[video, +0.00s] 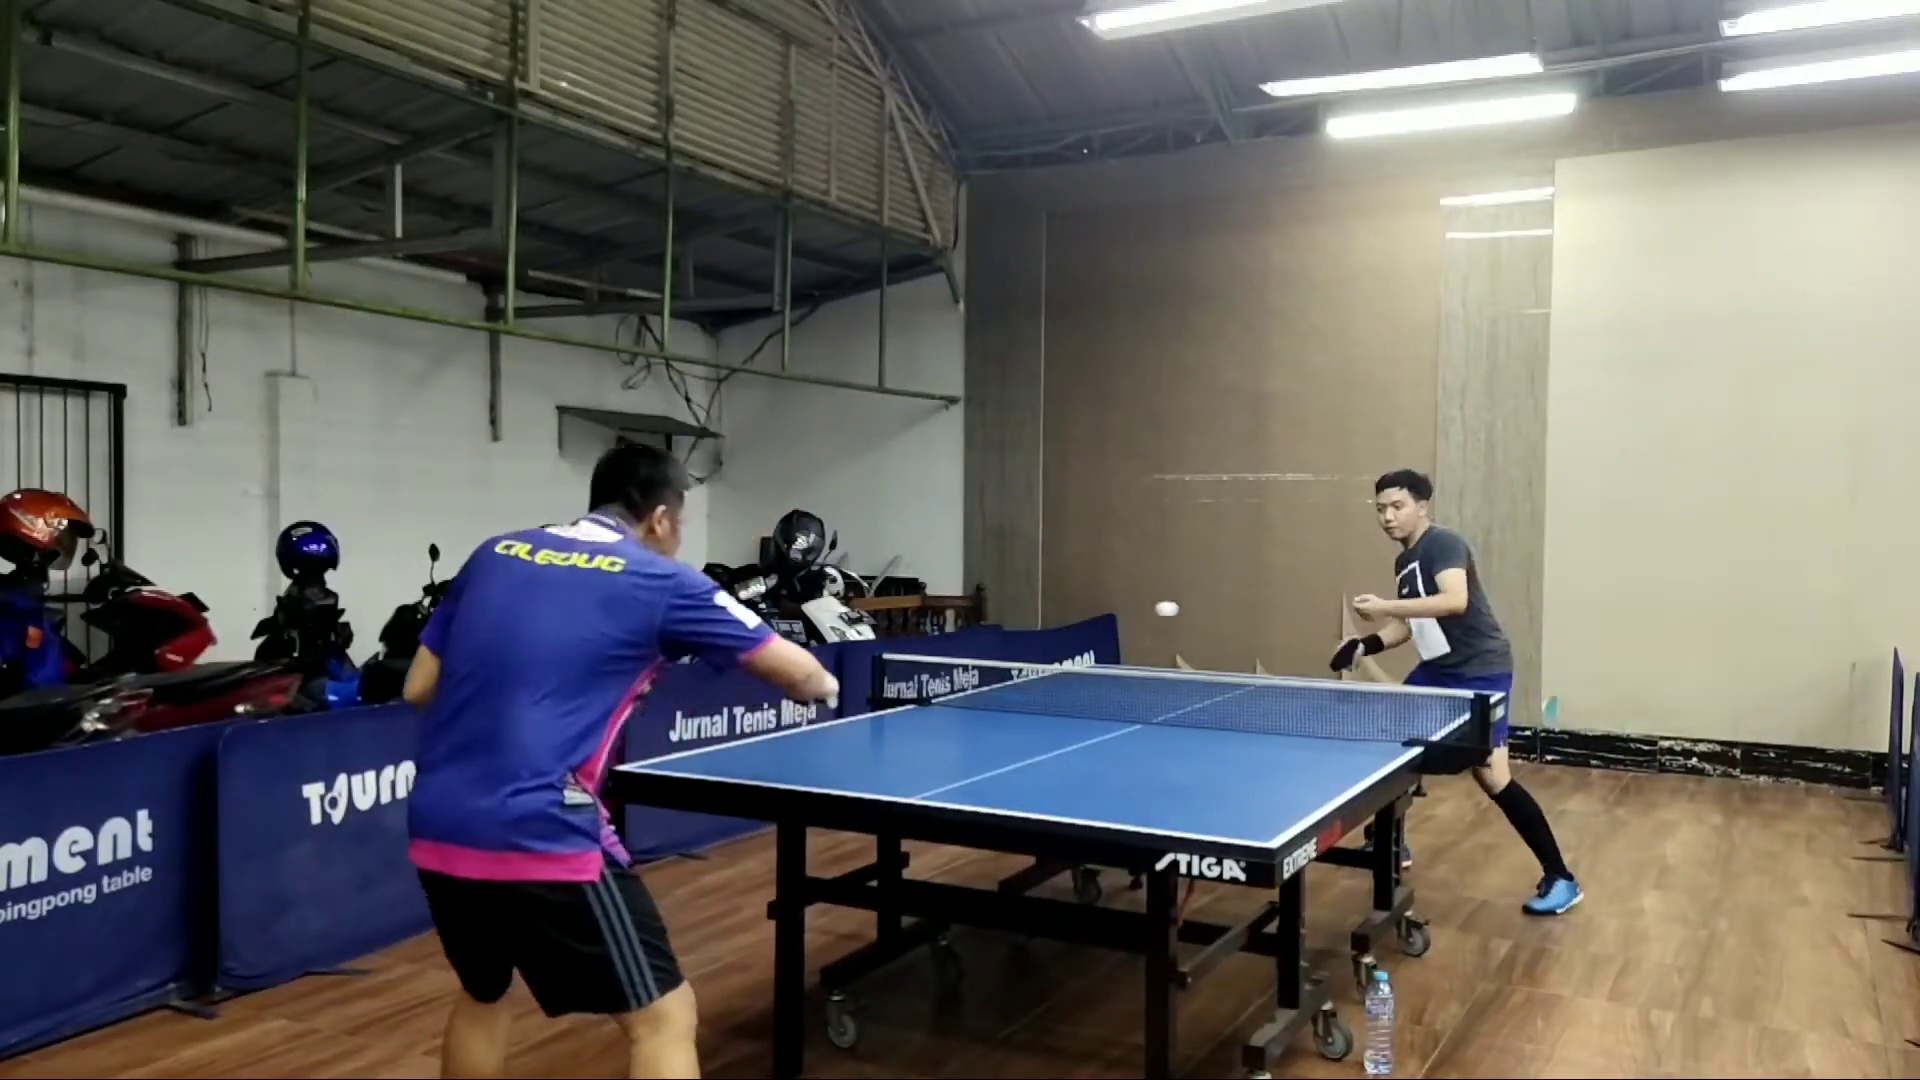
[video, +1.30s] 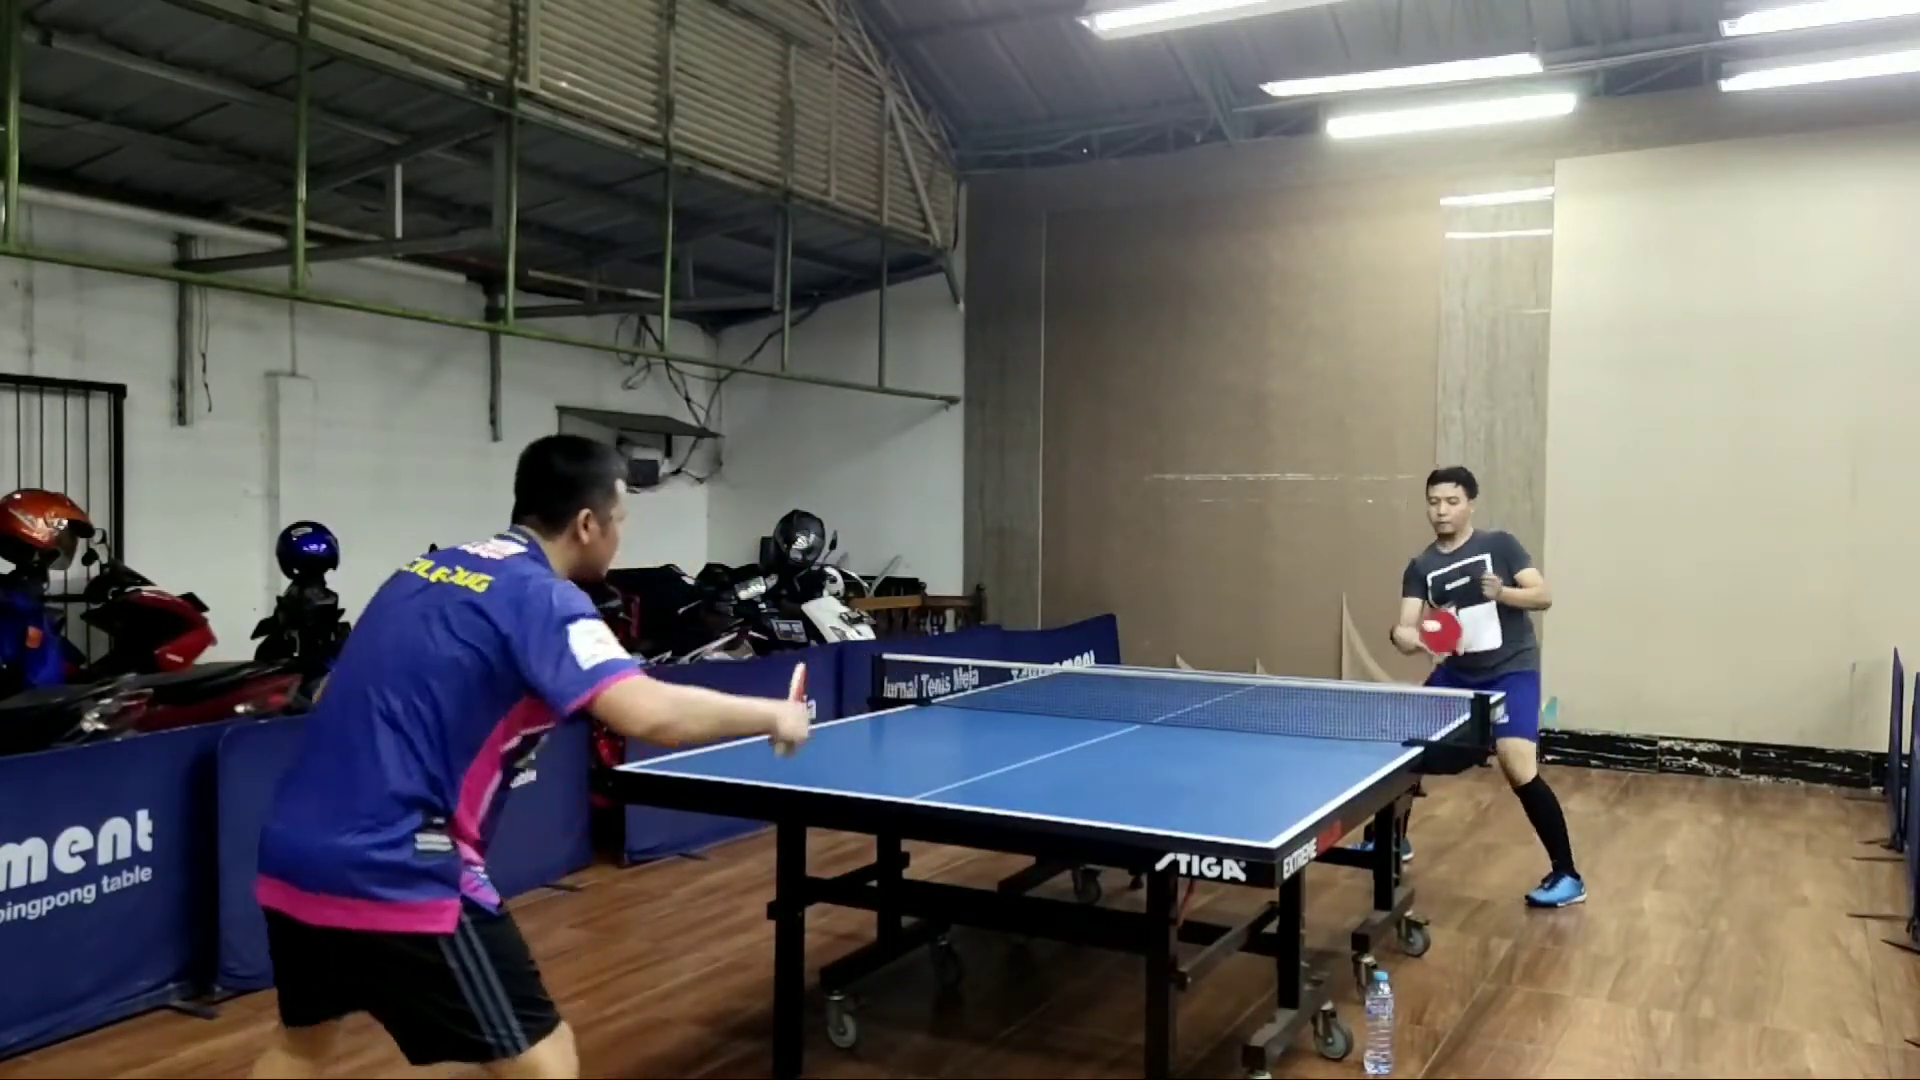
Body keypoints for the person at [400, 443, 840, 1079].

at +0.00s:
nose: (680, 538)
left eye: (681, 521)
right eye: (680, 520)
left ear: (594, 506)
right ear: (656, 518)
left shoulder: (494, 553)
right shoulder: (658, 579)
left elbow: (419, 687)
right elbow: (804, 675)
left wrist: (505, 689)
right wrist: (820, 685)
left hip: (437, 830)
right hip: (545, 835)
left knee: (481, 994)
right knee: (662, 1014)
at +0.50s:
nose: (692, 519)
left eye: (691, 501)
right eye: (690, 502)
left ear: (596, 496)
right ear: (662, 509)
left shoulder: (498, 551)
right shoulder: (645, 592)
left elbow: (442, 681)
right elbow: (716, 757)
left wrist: (539, 760)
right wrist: (778, 790)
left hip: (378, 828)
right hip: (488, 845)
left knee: (382, 1006)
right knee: (592, 1043)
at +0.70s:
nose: (676, 582)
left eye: (679, 567)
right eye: (678, 566)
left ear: (592, 538)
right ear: (653, 559)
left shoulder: (484, 585)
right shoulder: (626, 641)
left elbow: (451, 718)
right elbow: (717, 789)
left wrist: (556, 766)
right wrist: (761, 768)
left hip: (353, 869)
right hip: (468, 888)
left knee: (365, 1032)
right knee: (619, 1051)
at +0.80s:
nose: (690, 597)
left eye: (694, 582)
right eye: (692, 582)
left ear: (605, 551)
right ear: (666, 576)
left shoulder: (494, 588)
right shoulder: (650, 648)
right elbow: (804, 749)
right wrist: (850, 729)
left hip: (354, 873)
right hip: (470, 896)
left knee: (361, 1036)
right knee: (631, 1054)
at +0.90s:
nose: (697, 584)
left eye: (697, 570)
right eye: (697, 569)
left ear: (603, 540)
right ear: (672, 560)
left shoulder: (492, 579)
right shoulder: (660, 630)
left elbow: (396, 690)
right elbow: (837, 693)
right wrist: (900, 687)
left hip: (357, 872)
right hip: (482, 894)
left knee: (349, 1042)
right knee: (630, 1056)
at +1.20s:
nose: (642, 545)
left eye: (643, 526)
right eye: (640, 526)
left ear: (544, 511)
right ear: (607, 526)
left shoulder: (437, 573)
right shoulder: (576, 599)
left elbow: (355, 687)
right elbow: (716, 684)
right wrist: (828, 665)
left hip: (323, 867)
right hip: (438, 880)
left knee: (313, 1047)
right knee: (587, 1053)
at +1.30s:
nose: (620, 534)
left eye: (620, 518)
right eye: (618, 518)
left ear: (525, 510)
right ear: (587, 523)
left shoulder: (432, 565)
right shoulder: (540, 595)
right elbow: (644, 713)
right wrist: (773, 714)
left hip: (292, 853)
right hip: (401, 867)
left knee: (304, 1045)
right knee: (542, 1058)